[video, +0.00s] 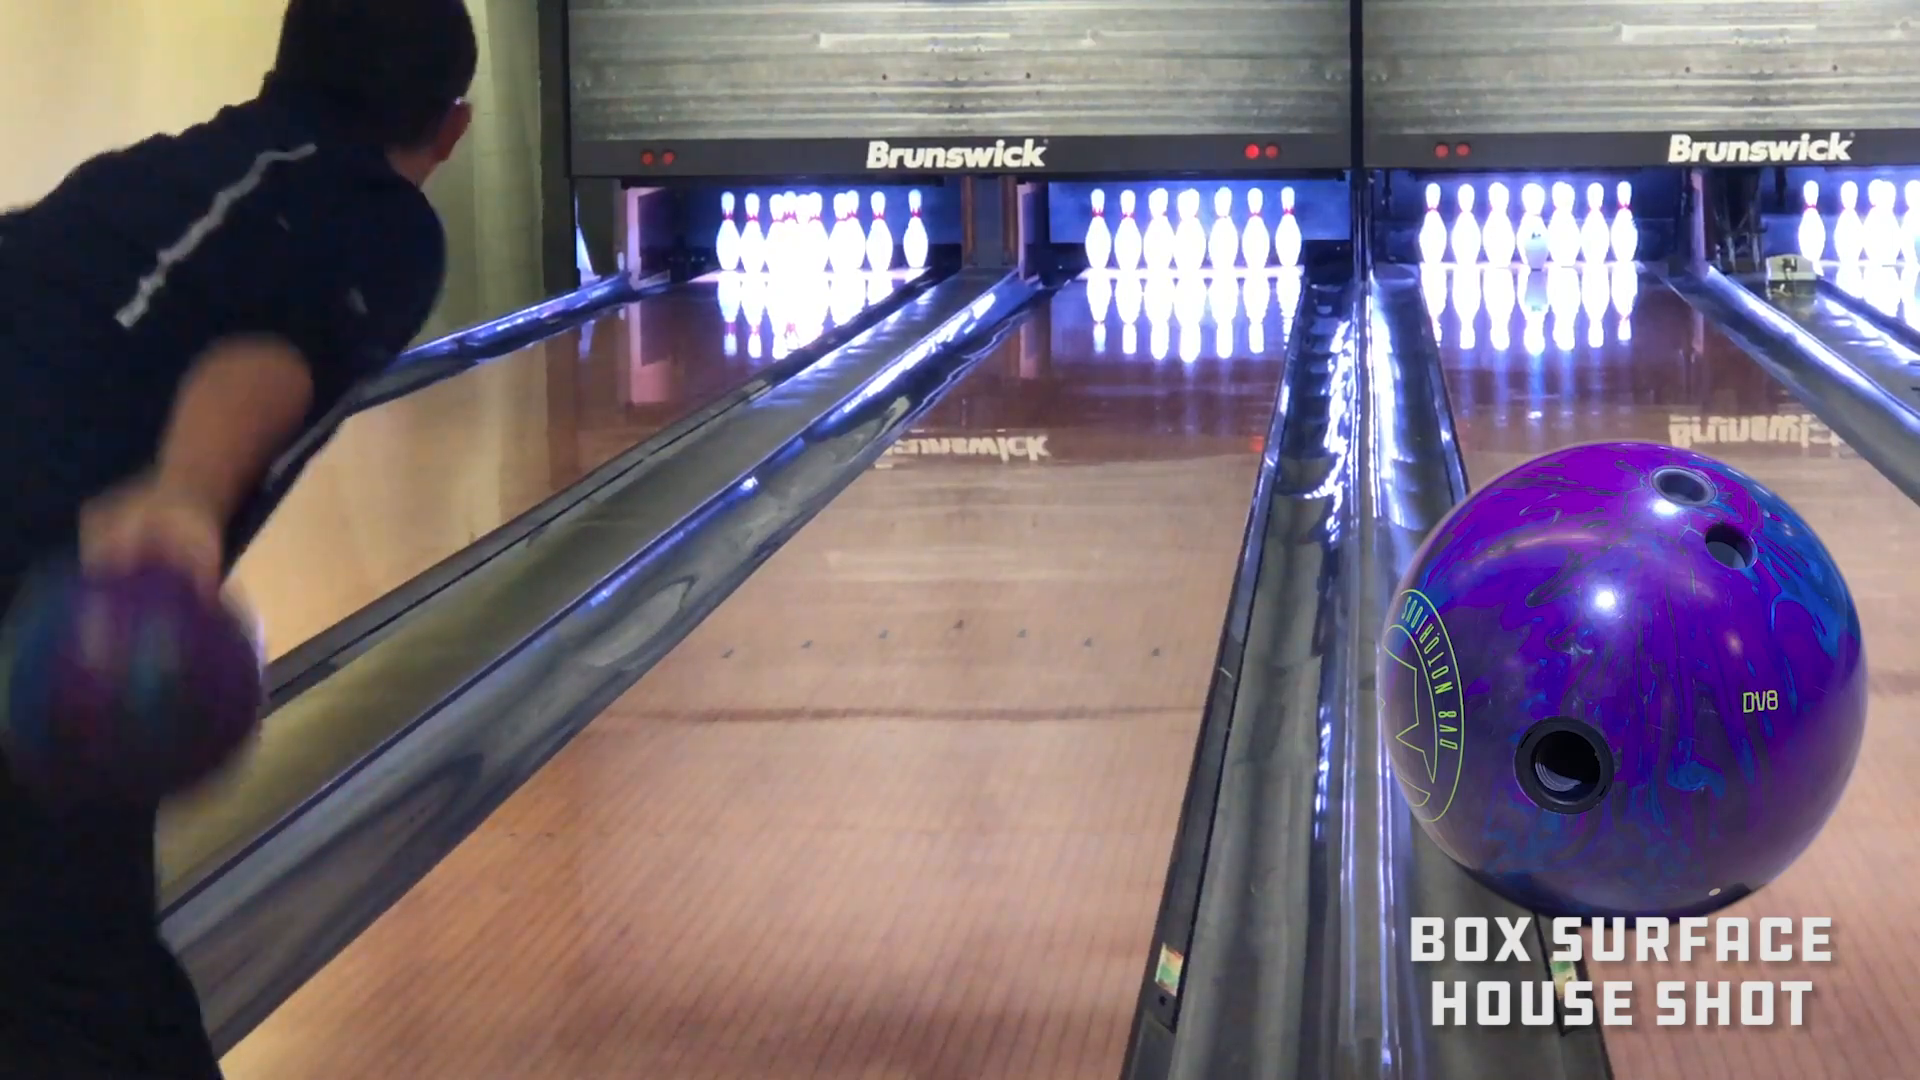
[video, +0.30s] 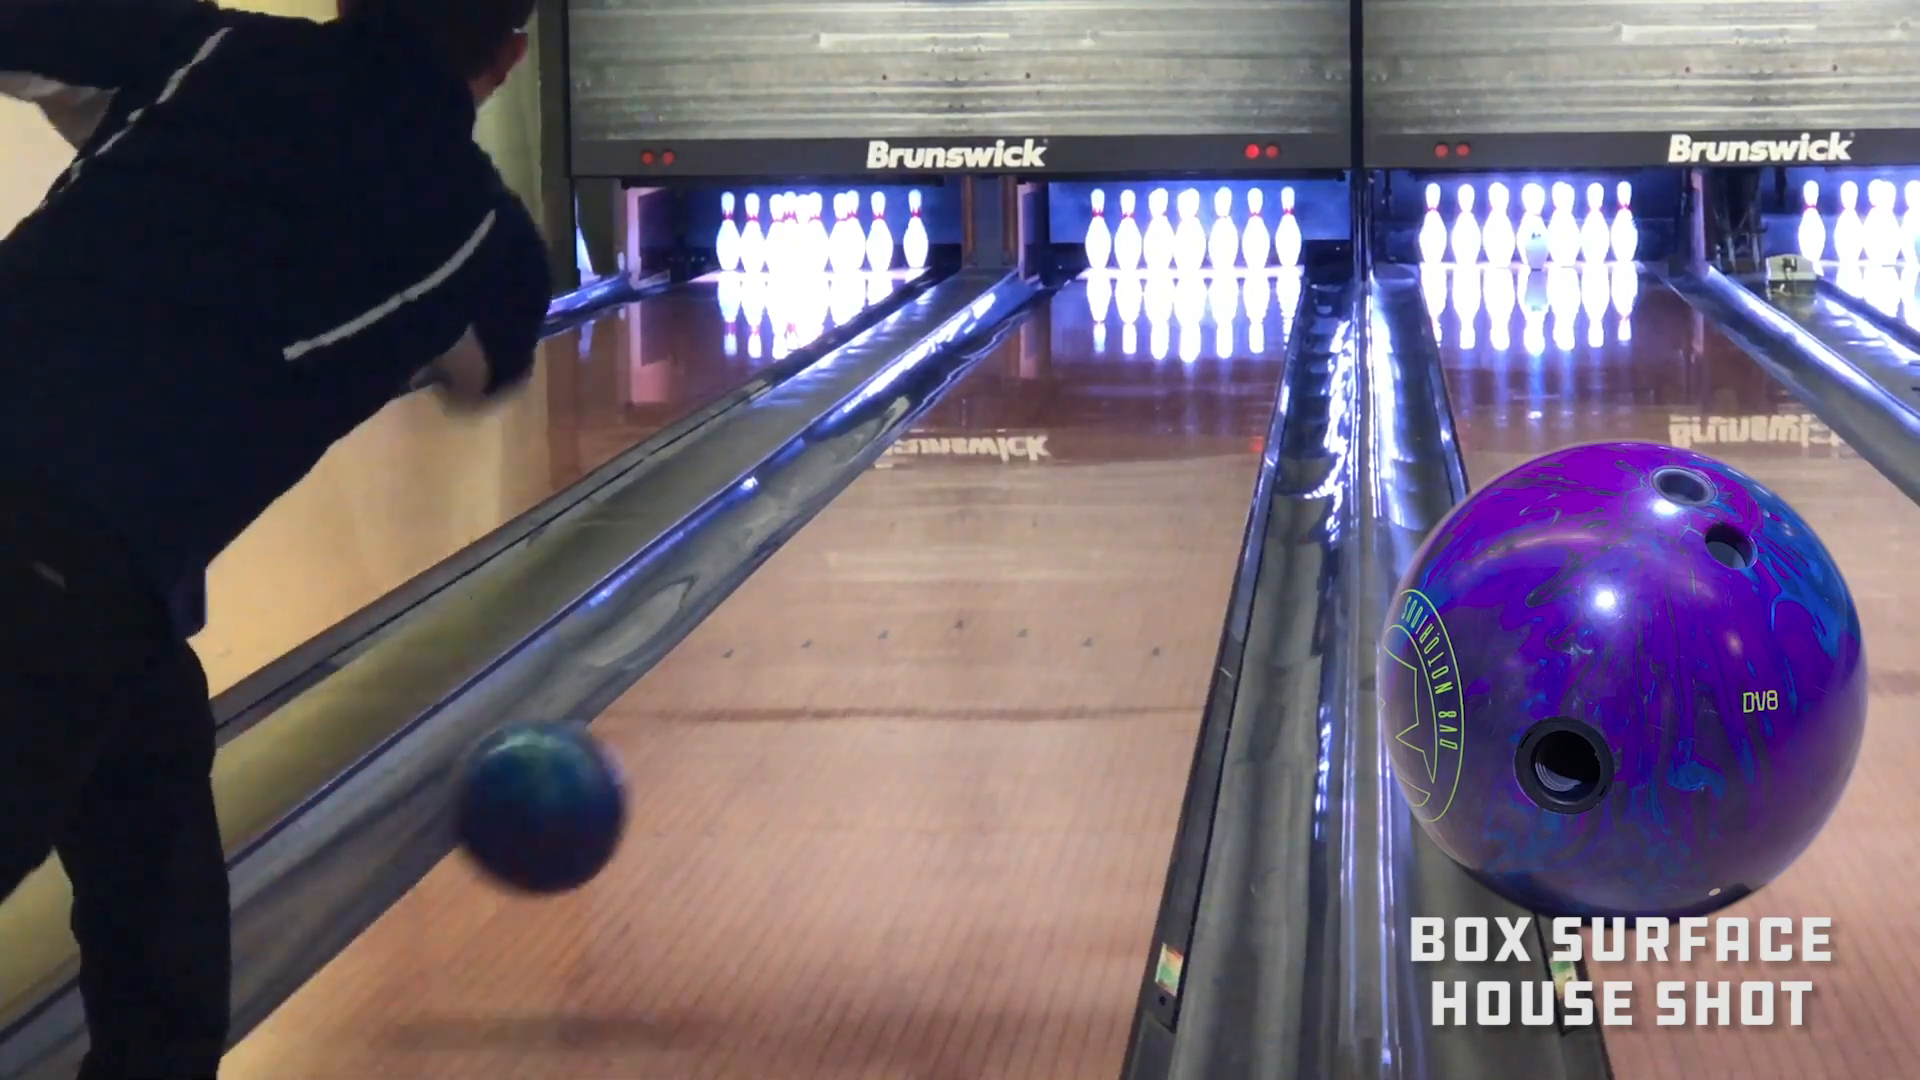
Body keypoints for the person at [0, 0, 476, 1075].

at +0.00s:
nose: (458, 125)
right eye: (461, 105)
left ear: (286, 71)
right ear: (446, 124)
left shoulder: (147, 163)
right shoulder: (379, 210)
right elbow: (274, 346)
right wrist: (188, 496)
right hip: (43, 565)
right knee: (86, 977)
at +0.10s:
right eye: (458, 68)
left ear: (279, 33)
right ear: (447, 84)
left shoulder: (140, 105)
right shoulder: (440, 266)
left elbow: (4, 135)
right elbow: (350, 531)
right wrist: (281, 782)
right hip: (106, 652)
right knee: (185, 998)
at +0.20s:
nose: (470, 52)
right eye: (470, 36)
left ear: (298, 10)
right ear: (459, 57)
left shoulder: (162, 57)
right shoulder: (454, 257)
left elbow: (7, 65)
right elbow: (424, 575)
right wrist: (416, 826)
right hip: (105, 587)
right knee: (169, 999)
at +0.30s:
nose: (513, 55)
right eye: (517, 38)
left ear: (356, 3)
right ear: (503, 53)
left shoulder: (210, 39)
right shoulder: (495, 238)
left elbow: (23, 39)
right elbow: (476, 379)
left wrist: (119, 144)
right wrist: (401, 325)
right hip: (90, 548)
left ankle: (153, 1052)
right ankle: (153, 1050)